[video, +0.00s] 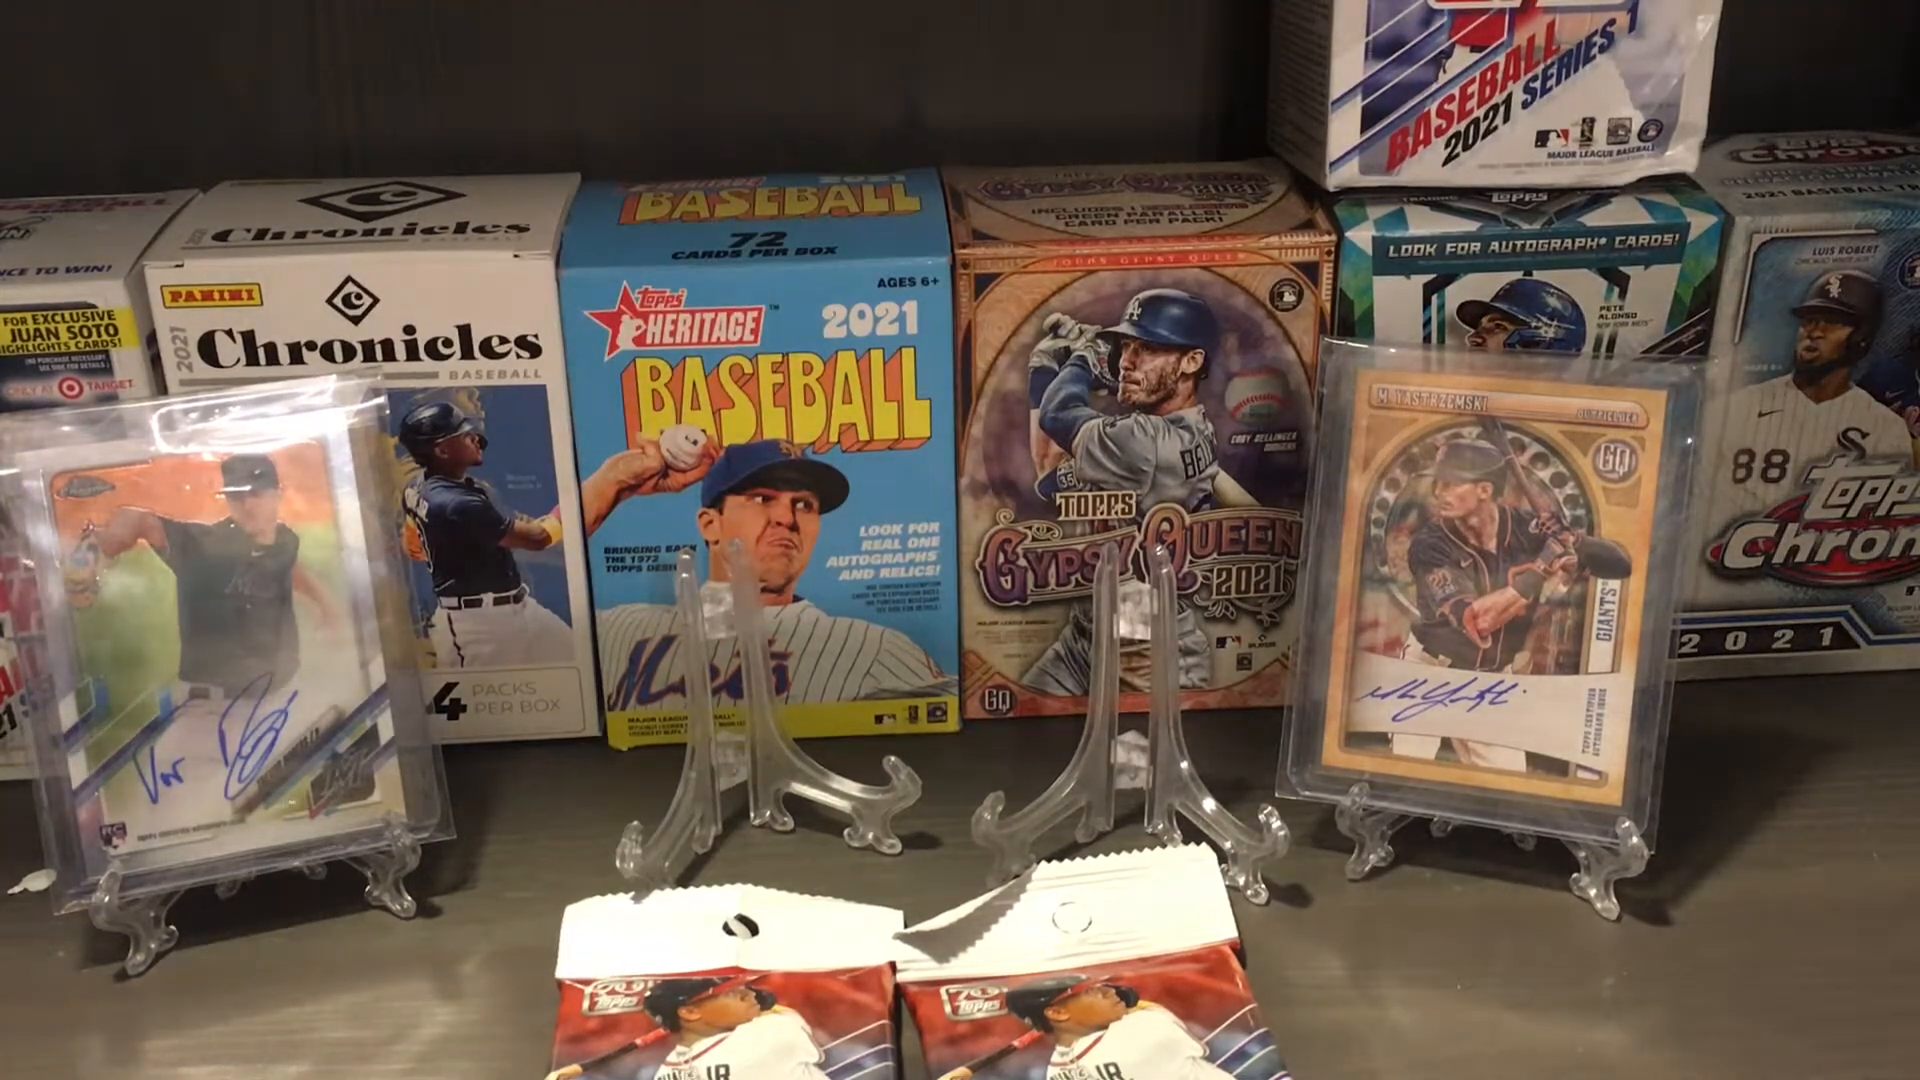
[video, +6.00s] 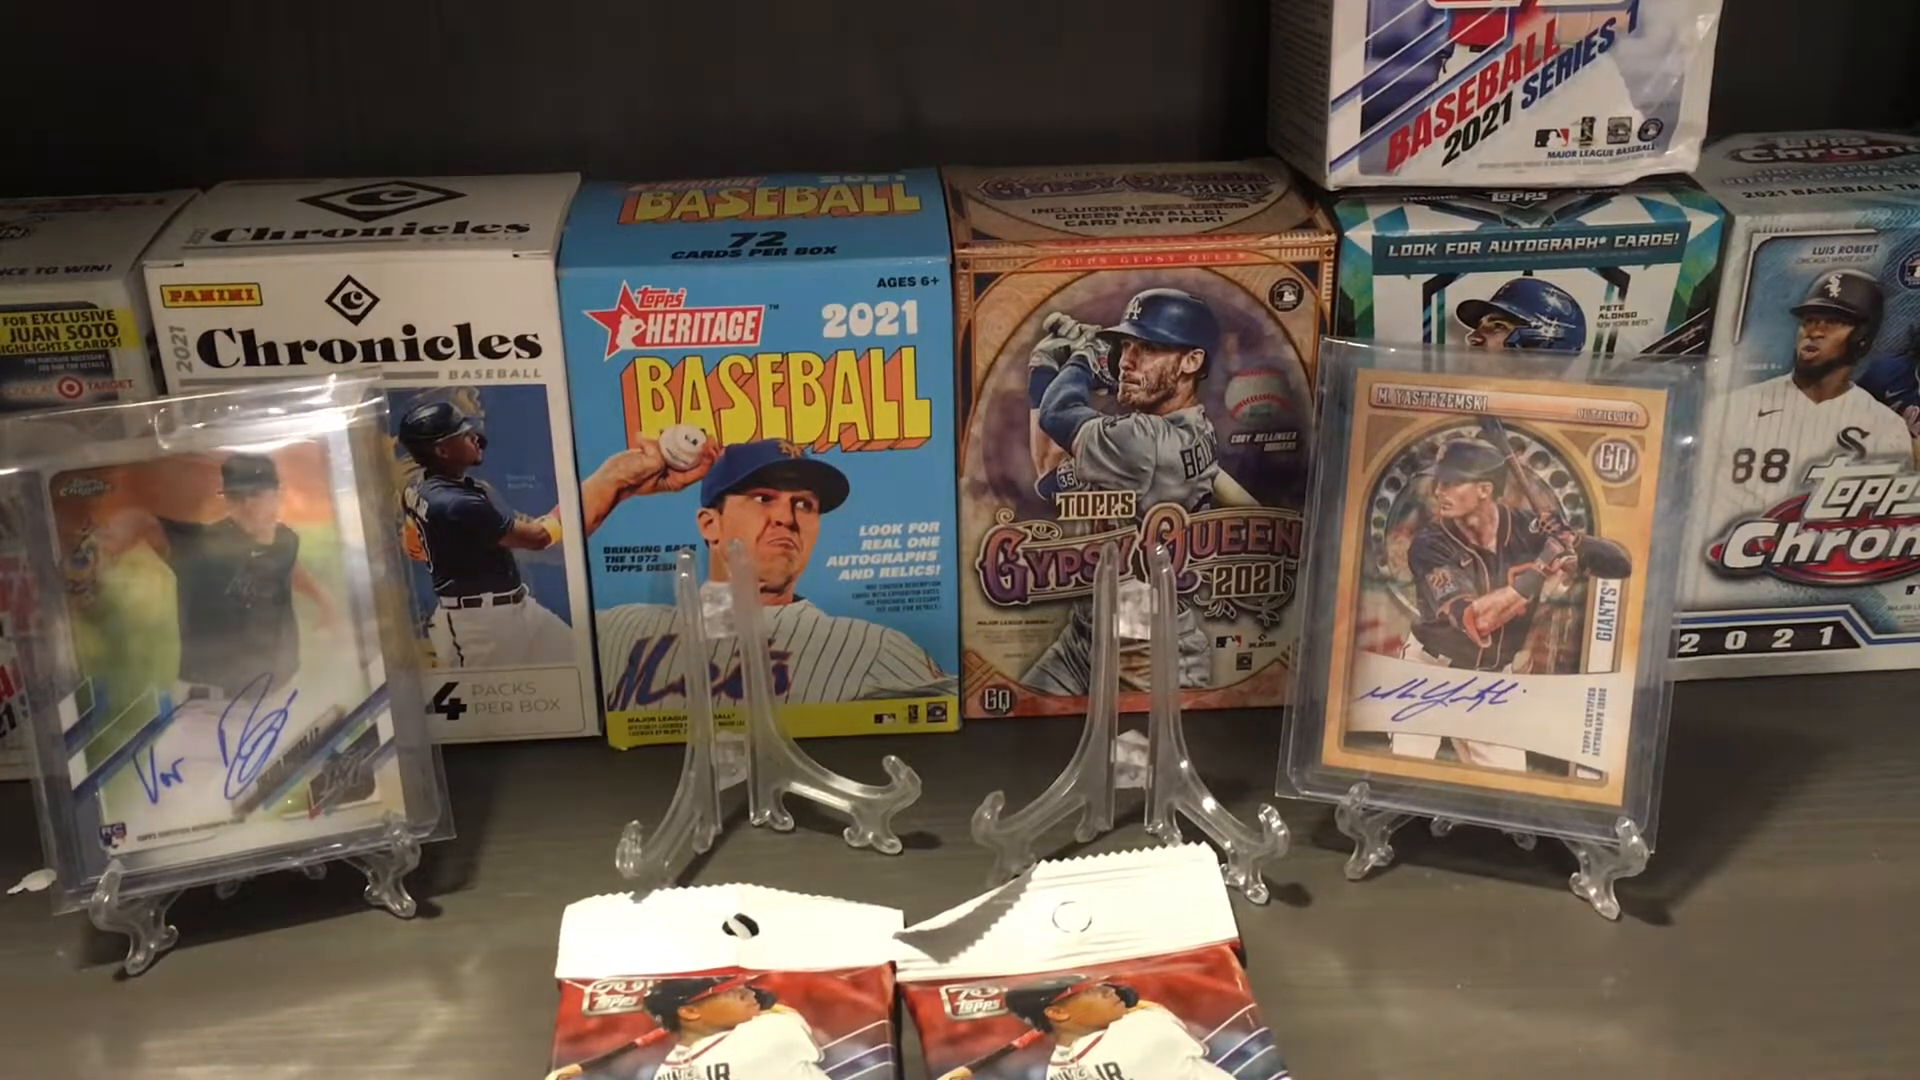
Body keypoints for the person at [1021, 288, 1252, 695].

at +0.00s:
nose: (1127, 362)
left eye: (1148, 350)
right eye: (1126, 348)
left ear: (1190, 363)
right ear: (1120, 349)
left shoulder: (1142, 440)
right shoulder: (1187, 430)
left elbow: (1059, 411)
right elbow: (1047, 478)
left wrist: (1086, 359)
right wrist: (1042, 369)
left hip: (1160, 646)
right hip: (1092, 637)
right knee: (1013, 736)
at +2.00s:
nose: (1127, 362)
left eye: (1147, 350)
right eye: (1126, 348)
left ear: (1190, 363)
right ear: (1121, 349)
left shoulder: (1143, 441)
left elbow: (1060, 410)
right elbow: (1048, 475)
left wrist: (1086, 360)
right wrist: (1042, 372)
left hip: (1158, 647)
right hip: (1092, 638)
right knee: (1012, 736)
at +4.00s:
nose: (1127, 361)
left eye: (1147, 350)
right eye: (1127, 347)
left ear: (1190, 362)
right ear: (1121, 347)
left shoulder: (1139, 439)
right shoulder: (1190, 431)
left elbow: (1060, 409)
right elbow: (1048, 476)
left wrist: (1085, 360)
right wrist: (1041, 371)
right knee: (1010, 737)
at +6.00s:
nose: (1128, 361)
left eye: (1148, 349)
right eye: (1127, 347)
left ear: (1190, 363)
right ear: (1121, 348)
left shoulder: (1138, 440)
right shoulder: (1190, 430)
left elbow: (1059, 409)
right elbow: (1048, 476)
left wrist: (1087, 360)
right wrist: (1041, 373)